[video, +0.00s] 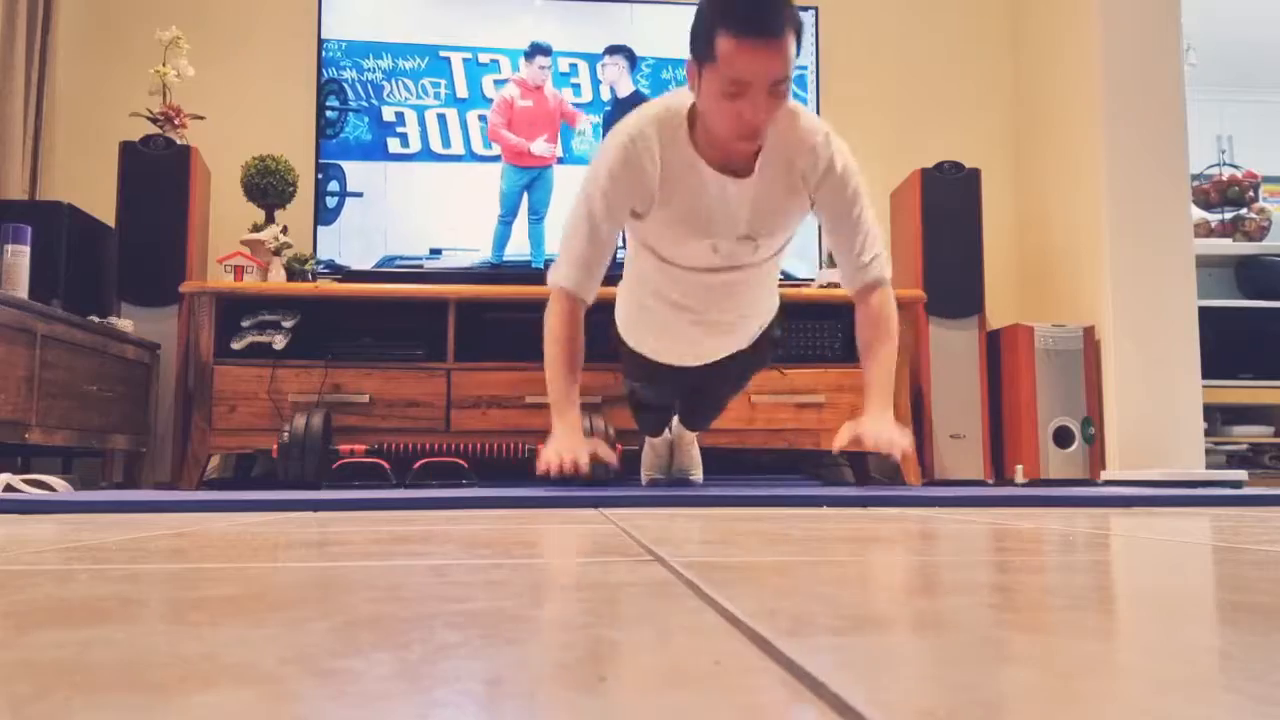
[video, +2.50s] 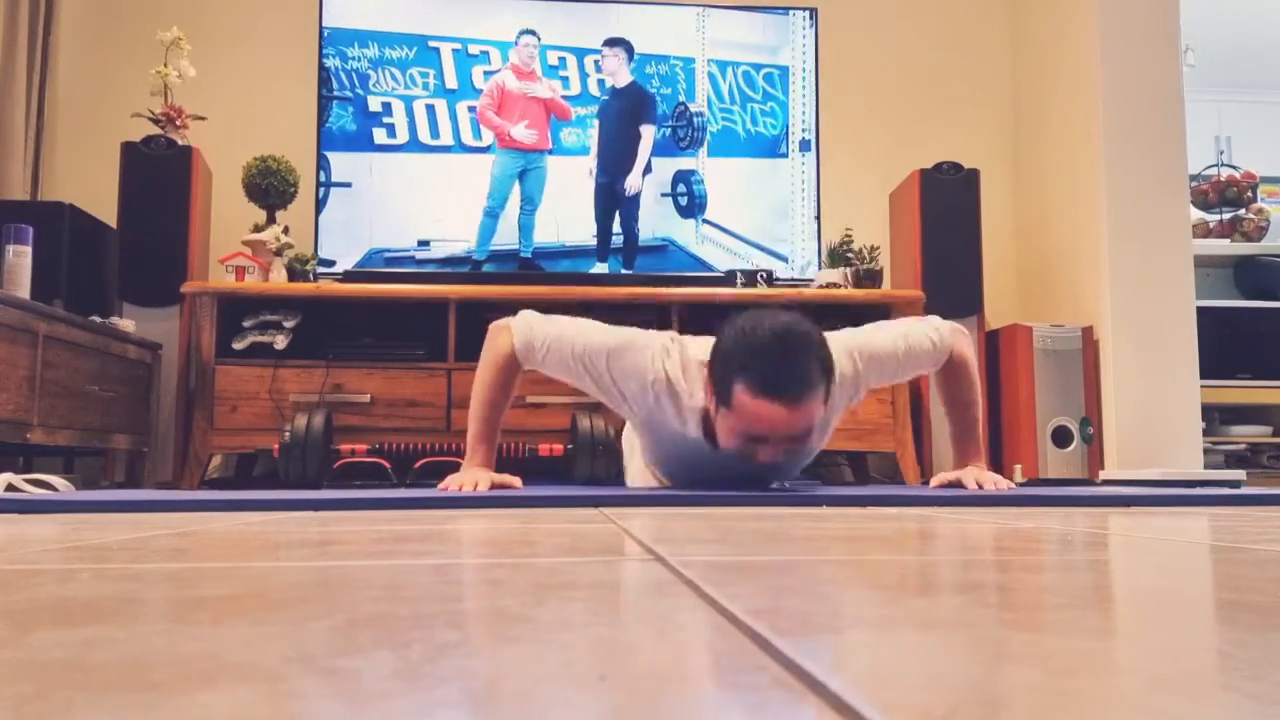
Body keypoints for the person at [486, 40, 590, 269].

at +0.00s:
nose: (546, 73)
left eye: (549, 68)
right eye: (541, 67)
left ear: (551, 67)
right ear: (526, 65)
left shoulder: (553, 95)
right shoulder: (509, 94)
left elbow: (572, 115)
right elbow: (494, 131)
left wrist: (583, 122)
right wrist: (529, 146)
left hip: (544, 168)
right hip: (515, 168)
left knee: (538, 218)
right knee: (506, 217)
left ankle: (538, 265)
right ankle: (496, 262)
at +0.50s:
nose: (542, 66)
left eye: (543, 61)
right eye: (537, 62)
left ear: (544, 61)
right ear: (523, 62)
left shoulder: (549, 89)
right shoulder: (507, 92)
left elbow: (572, 99)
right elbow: (498, 129)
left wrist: (593, 104)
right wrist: (532, 142)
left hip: (545, 163)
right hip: (518, 163)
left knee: (541, 213)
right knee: (510, 212)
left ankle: (543, 260)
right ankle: (500, 258)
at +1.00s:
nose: (527, 60)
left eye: (528, 55)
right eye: (522, 55)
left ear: (529, 57)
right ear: (507, 58)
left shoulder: (534, 86)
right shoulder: (494, 88)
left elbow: (551, 112)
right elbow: (479, 121)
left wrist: (554, 121)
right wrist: (507, 142)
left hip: (536, 159)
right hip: (508, 159)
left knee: (538, 210)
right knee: (506, 210)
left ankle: (545, 258)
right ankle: (503, 256)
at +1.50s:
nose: (529, 58)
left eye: (529, 53)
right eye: (524, 54)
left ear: (528, 56)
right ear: (509, 56)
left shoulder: (534, 87)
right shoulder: (494, 87)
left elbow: (557, 118)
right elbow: (482, 121)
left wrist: (548, 103)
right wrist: (514, 137)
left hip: (537, 157)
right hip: (509, 158)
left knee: (540, 208)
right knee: (509, 208)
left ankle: (548, 255)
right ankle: (506, 255)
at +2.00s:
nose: (535, 58)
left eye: (535, 53)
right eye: (530, 53)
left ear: (532, 55)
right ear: (515, 55)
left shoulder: (537, 83)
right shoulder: (499, 85)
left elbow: (557, 118)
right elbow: (486, 121)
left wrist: (551, 107)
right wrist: (517, 139)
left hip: (539, 156)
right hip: (511, 156)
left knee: (542, 205)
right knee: (506, 206)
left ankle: (536, 256)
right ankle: (499, 255)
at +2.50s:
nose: (531, 50)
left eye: (535, 46)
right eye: (526, 45)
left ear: (539, 51)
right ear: (515, 48)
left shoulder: (545, 84)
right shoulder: (501, 79)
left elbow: (568, 115)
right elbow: (483, 112)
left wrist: (548, 95)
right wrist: (510, 130)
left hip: (537, 156)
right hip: (508, 154)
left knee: (530, 207)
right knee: (494, 207)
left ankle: (526, 258)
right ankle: (479, 259)